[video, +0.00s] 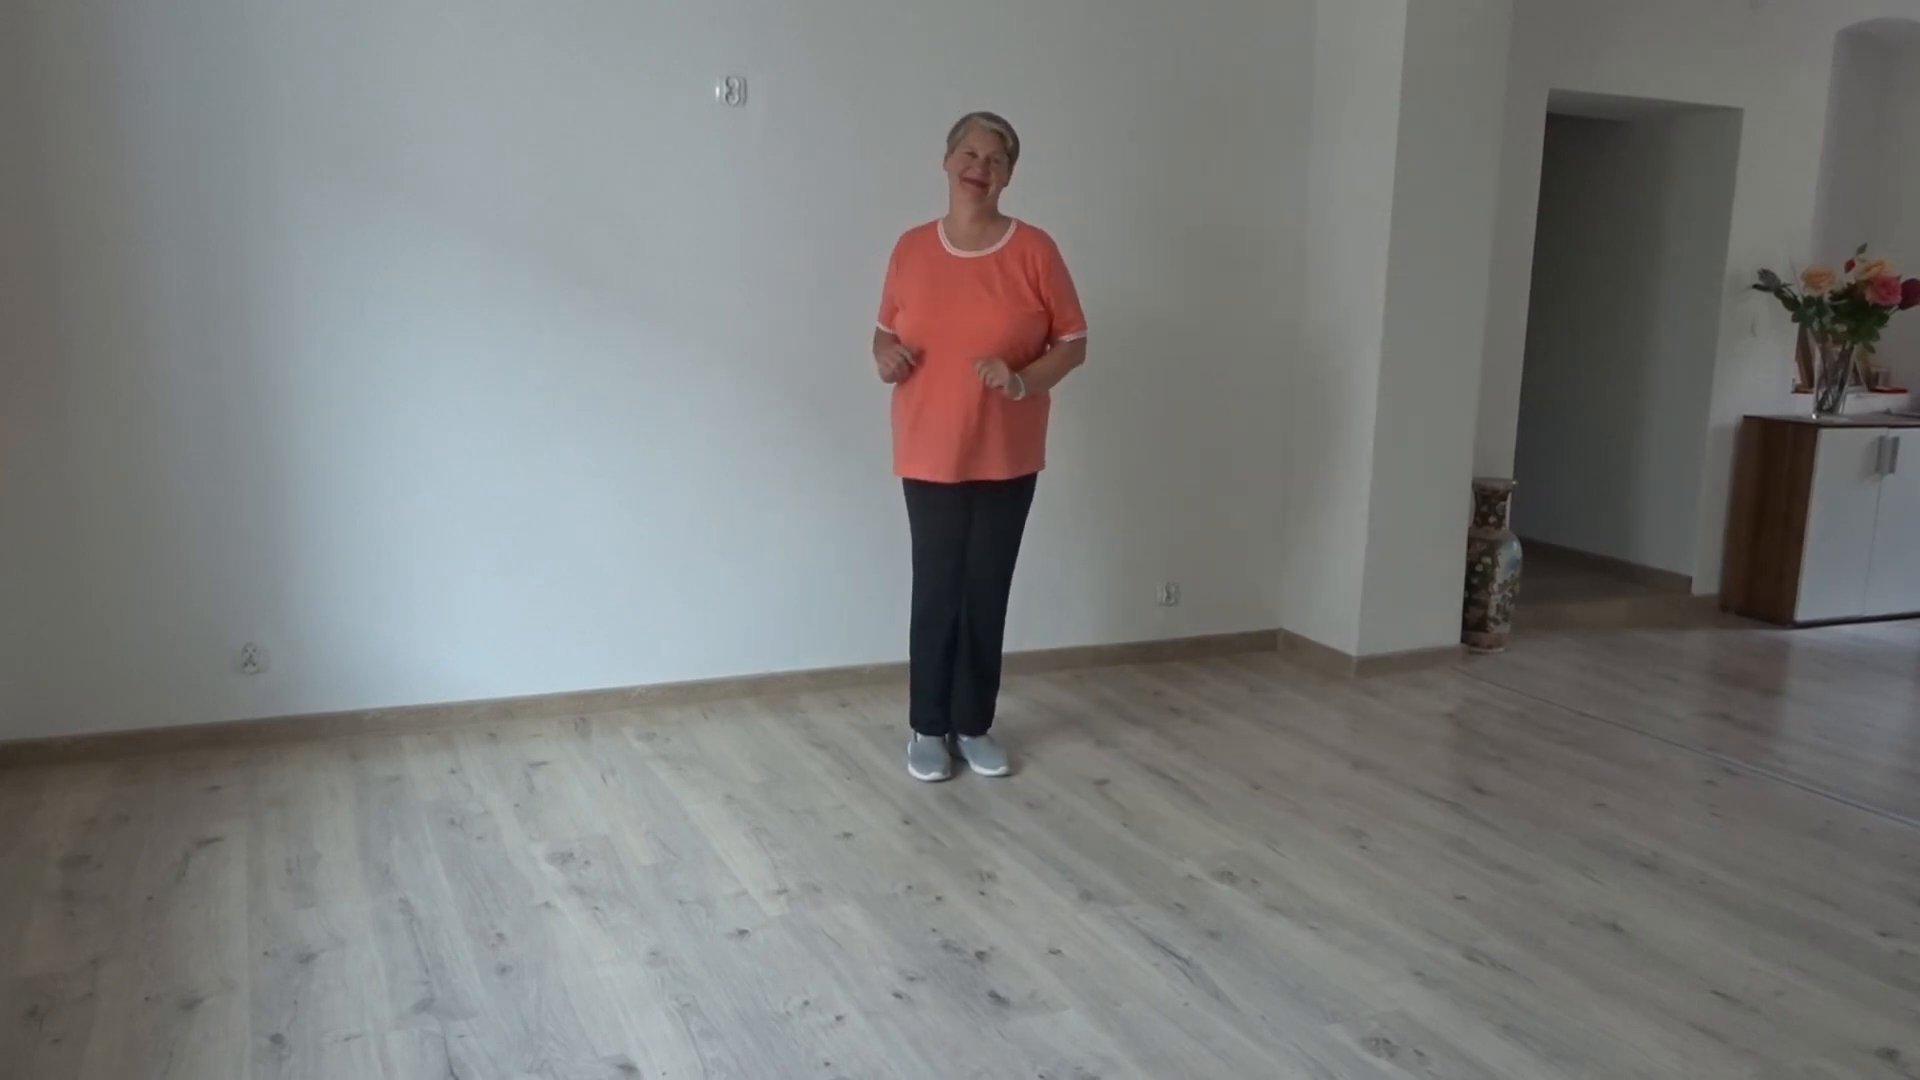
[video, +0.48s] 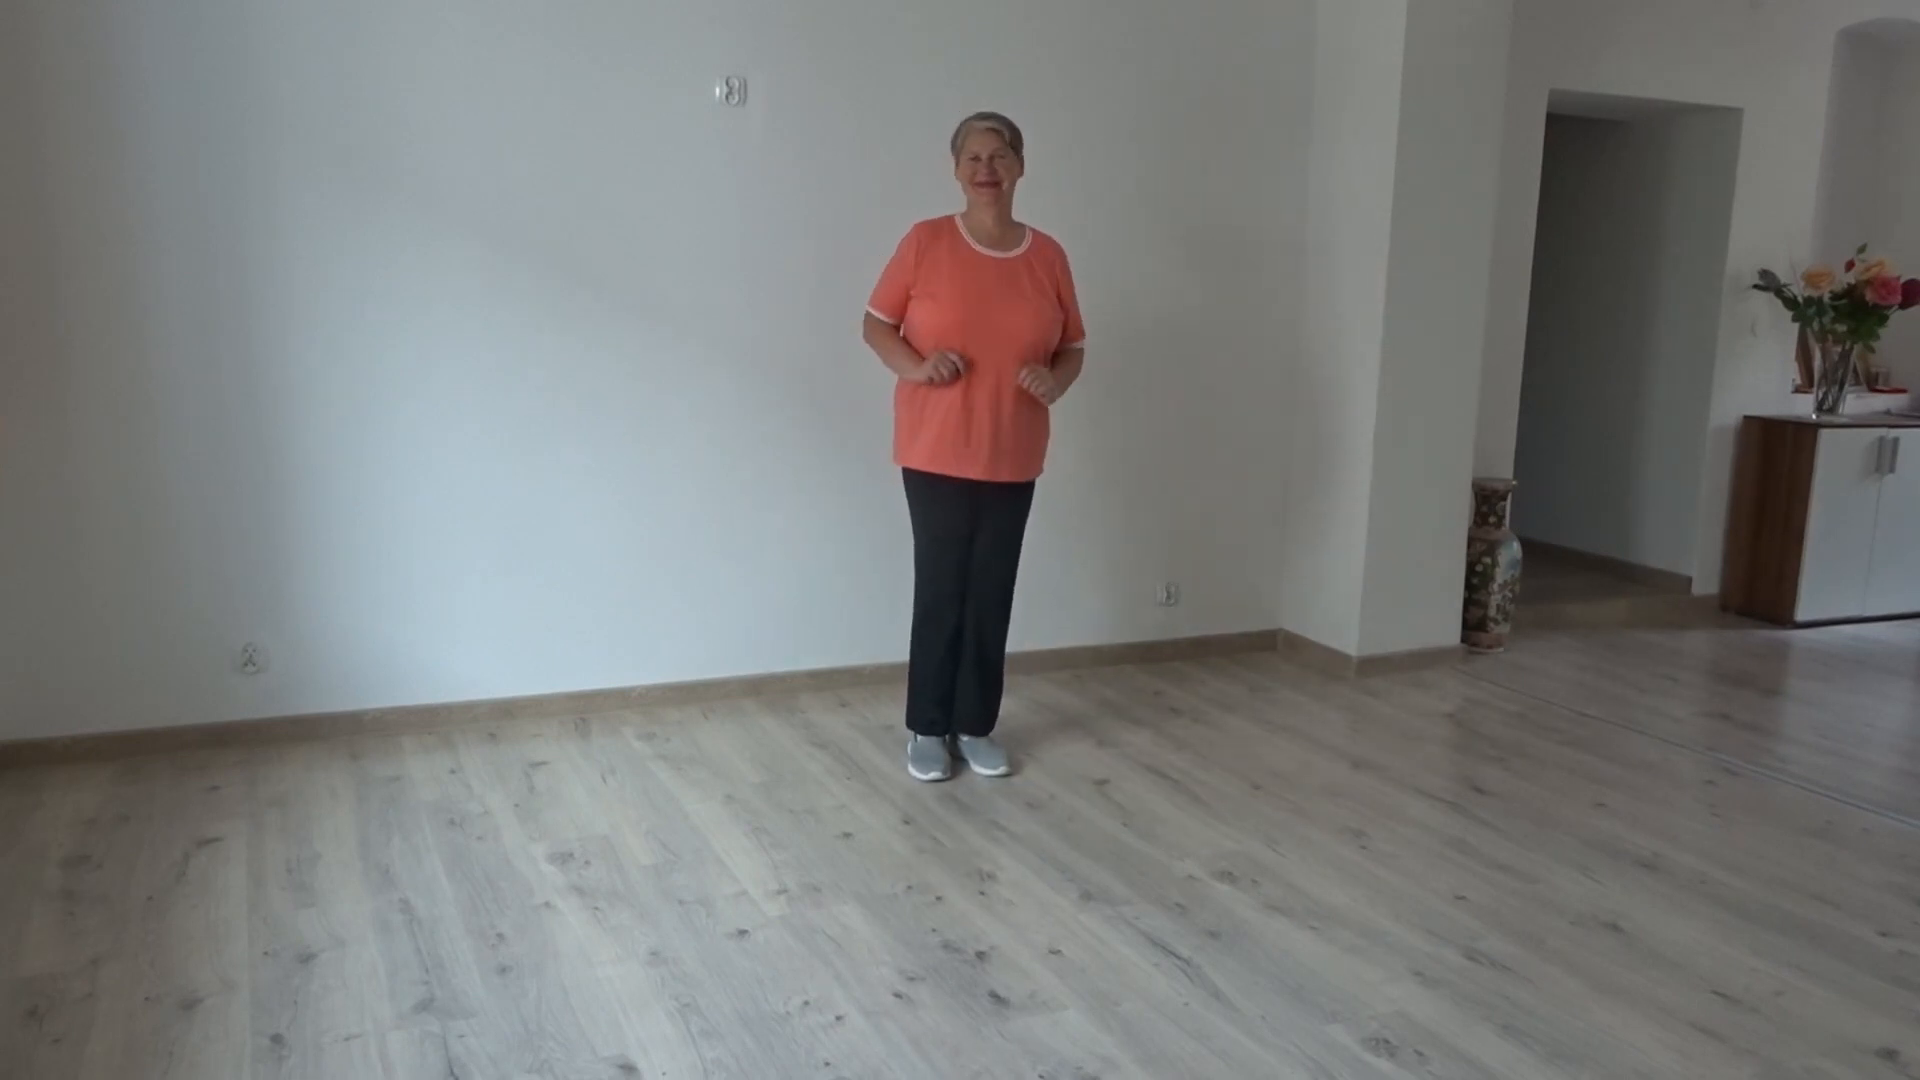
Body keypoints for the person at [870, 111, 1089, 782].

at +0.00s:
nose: (980, 164)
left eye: (995, 158)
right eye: (968, 153)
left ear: (1009, 174)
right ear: (946, 163)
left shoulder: (1035, 249)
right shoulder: (914, 247)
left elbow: (1074, 342)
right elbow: (886, 334)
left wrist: (1026, 378)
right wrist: (888, 353)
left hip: (1007, 457)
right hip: (930, 457)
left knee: (987, 596)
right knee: (936, 593)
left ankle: (974, 728)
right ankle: (928, 731)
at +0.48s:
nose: (988, 166)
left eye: (1000, 155)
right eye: (975, 157)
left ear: (1019, 167)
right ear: (956, 171)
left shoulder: (1046, 255)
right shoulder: (924, 243)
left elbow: (1071, 343)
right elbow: (876, 325)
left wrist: (1056, 378)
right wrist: (915, 365)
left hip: (1012, 460)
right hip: (937, 457)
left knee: (991, 599)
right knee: (942, 595)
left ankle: (974, 728)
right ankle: (926, 730)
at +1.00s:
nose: (998, 169)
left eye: (1009, 159)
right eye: (984, 160)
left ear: (1026, 170)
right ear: (963, 172)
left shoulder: (1042, 256)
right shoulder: (938, 241)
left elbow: (1052, 341)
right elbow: (885, 325)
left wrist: (1059, 378)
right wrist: (953, 368)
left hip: (1013, 458)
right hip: (943, 454)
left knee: (992, 596)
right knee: (946, 592)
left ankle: (973, 728)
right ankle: (926, 731)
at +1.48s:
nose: (984, 161)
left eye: (995, 153)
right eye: (971, 151)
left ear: (1007, 170)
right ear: (944, 164)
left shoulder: (1036, 247)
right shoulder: (912, 246)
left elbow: (1072, 336)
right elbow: (872, 333)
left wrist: (1050, 381)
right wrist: (905, 375)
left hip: (1008, 456)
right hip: (934, 453)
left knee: (990, 596)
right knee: (941, 592)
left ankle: (974, 728)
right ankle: (927, 730)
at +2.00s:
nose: (955, 165)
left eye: (969, 157)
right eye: (943, 154)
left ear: (986, 172)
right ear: (922, 165)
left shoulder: (1015, 242)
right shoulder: (896, 253)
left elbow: (1061, 333)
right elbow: (873, 339)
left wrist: (1010, 378)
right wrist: (882, 371)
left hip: (1004, 458)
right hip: (928, 458)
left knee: (985, 598)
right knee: (937, 595)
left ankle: (973, 730)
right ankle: (928, 731)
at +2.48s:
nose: (968, 167)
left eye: (979, 155)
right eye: (954, 157)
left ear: (999, 166)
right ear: (936, 169)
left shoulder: (1027, 252)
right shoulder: (907, 245)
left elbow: (1055, 341)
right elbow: (859, 330)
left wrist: (1044, 377)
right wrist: (911, 374)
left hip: (1003, 460)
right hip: (931, 459)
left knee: (985, 600)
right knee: (938, 599)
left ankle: (972, 730)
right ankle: (927, 732)